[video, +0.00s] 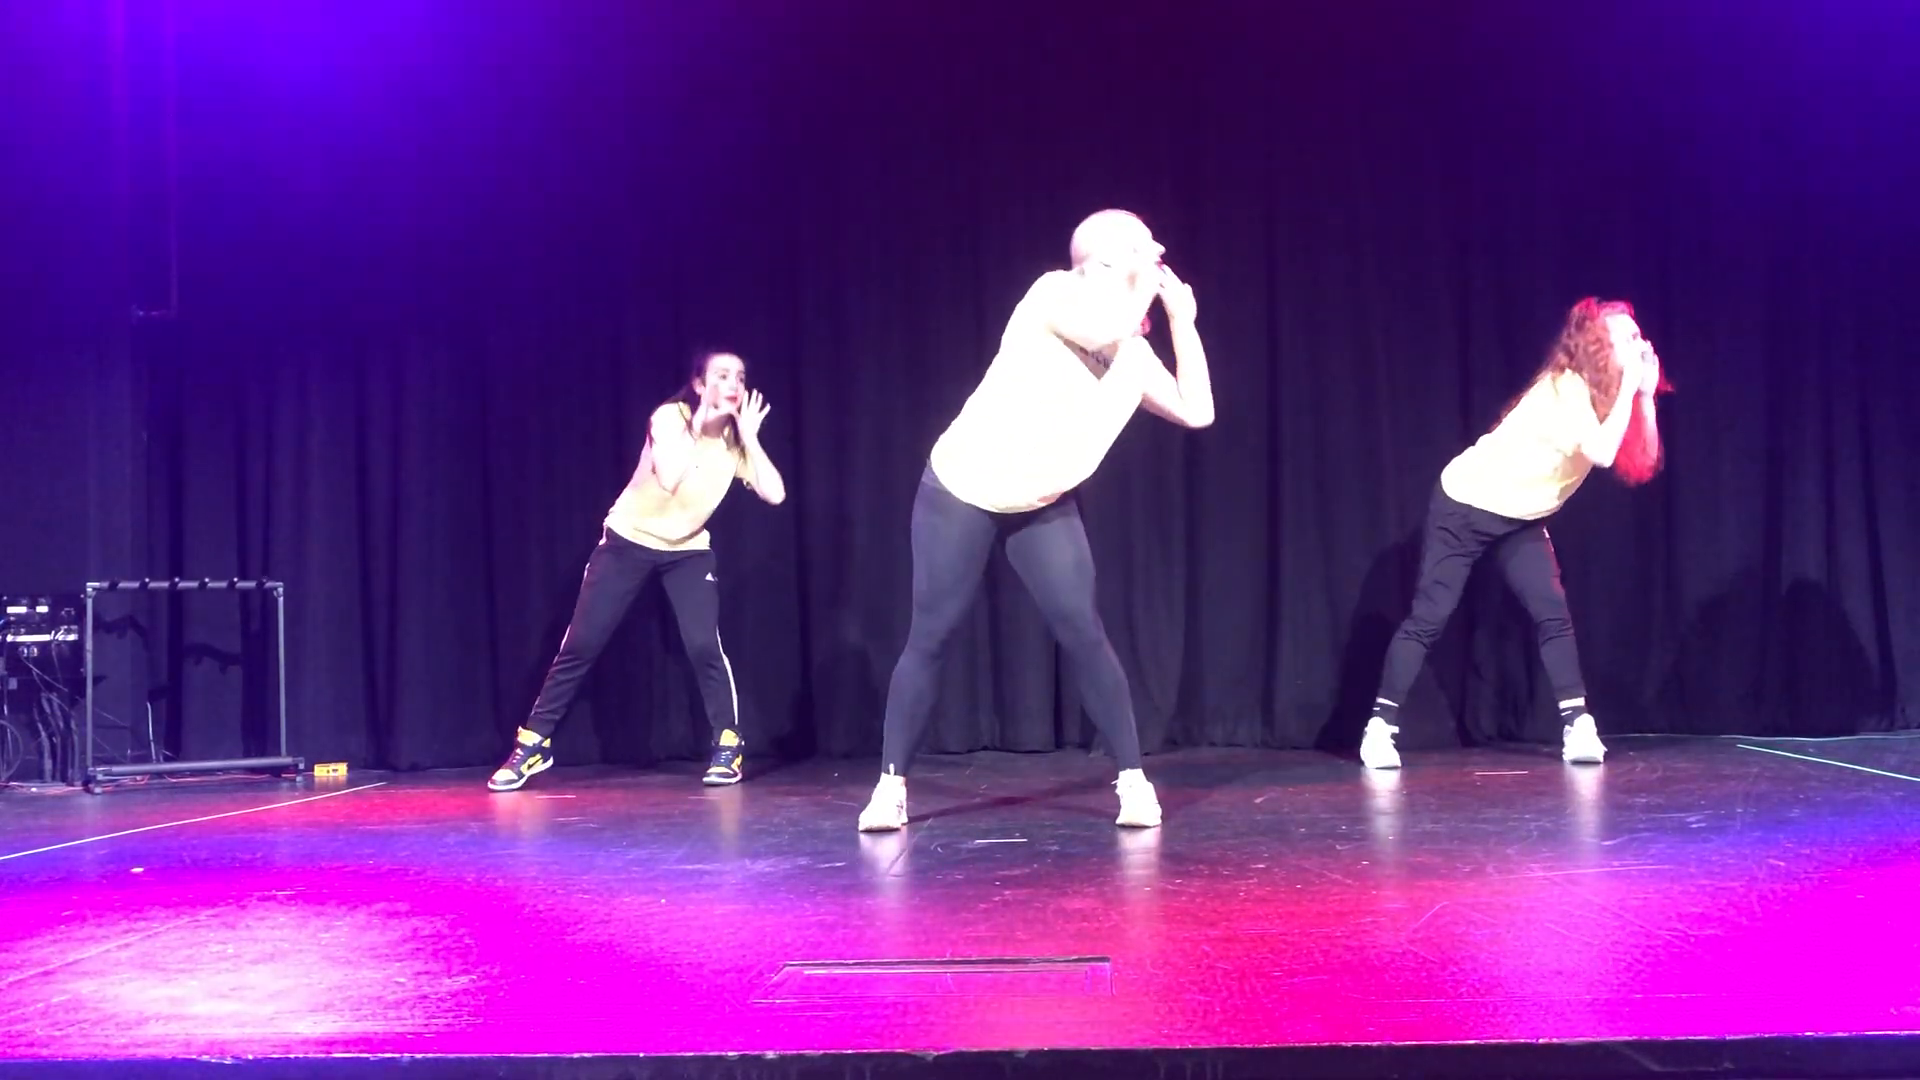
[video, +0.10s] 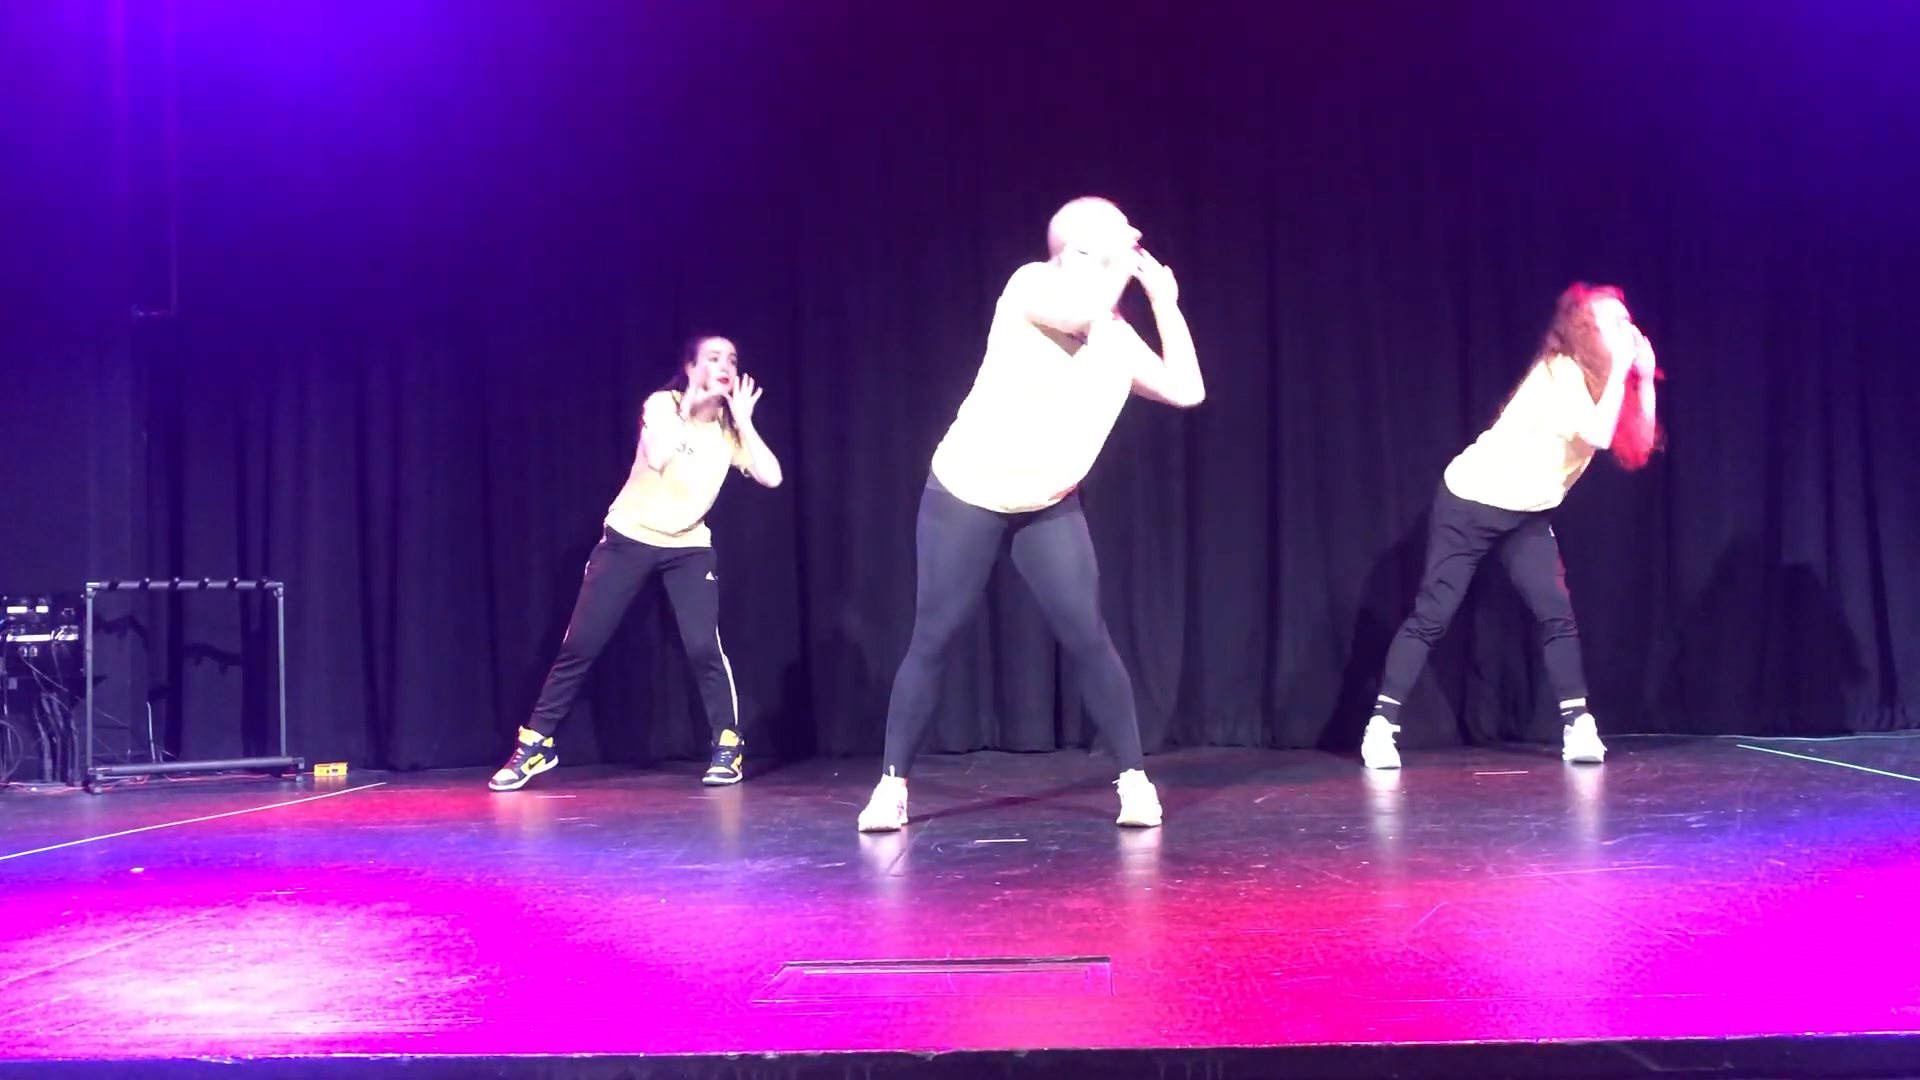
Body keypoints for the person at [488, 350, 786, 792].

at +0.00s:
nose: (730, 386)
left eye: (737, 379)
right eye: (721, 377)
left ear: (745, 391)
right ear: (699, 384)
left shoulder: (738, 440)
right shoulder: (671, 417)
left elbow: (775, 494)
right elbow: (668, 476)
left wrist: (750, 438)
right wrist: (705, 427)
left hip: (689, 550)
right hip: (627, 542)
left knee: (703, 647)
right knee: (579, 646)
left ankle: (728, 747)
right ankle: (532, 746)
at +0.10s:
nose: (725, 368)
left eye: (731, 362)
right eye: (714, 359)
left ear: (736, 376)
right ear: (690, 369)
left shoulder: (730, 427)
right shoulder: (662, 405)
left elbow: (771, 476)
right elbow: (656, 458)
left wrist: (744, 420)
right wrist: (691, 407)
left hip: (689, 547)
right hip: (627, 540)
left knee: (703, 648)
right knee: (579, 645)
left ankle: (728, 747)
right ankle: (534, 746)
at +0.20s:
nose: (707, 355)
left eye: (715, 349)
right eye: (698, 345)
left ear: (722, 365)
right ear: (674, 356)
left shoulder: (719, 417)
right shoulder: (647, 396)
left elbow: (764, 465)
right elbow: (629, 442)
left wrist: (732, 411)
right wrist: (669, 398)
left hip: (686, 543)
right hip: (624, 537)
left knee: (702, 649)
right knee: (576, 646)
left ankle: (728, 747)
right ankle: (535, 746)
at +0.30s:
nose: (689, 346)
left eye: (697, 341)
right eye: (679, 337)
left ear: (705, 357)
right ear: (656, 349)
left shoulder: (707, 410)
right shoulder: (628, 393)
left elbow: (753, 469)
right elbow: (590, 439)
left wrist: (720, 416)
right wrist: (634, 394)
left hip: (676, 541)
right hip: (615, 536)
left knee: (698, 650)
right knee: (571, 645)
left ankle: (728, 745)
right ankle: (534, 748)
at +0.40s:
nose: (667, 347)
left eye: (675, 341)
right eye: (658, 338)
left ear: (683, 355)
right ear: (636, 350)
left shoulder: (694, 413)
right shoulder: (610, 396)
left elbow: (734, 476)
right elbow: (555, 452)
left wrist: (707, 466)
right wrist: (591, 412)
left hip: (666, 545)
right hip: (603, 541)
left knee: (690, 651)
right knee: (559, 645)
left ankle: (727, 745)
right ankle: (532, 750)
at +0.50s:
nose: (640, 367)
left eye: (649, 360)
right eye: (631, 358)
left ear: (659, 373)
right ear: (612, 368)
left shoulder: (673, 429)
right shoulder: (587, 420)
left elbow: (703, 496)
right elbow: (551, 477)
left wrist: (686, 542)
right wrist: (528, 499)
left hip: (652, 560)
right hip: (591, 557)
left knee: (674, 658)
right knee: (544, 654)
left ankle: (723, 745)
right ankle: (532, 757)